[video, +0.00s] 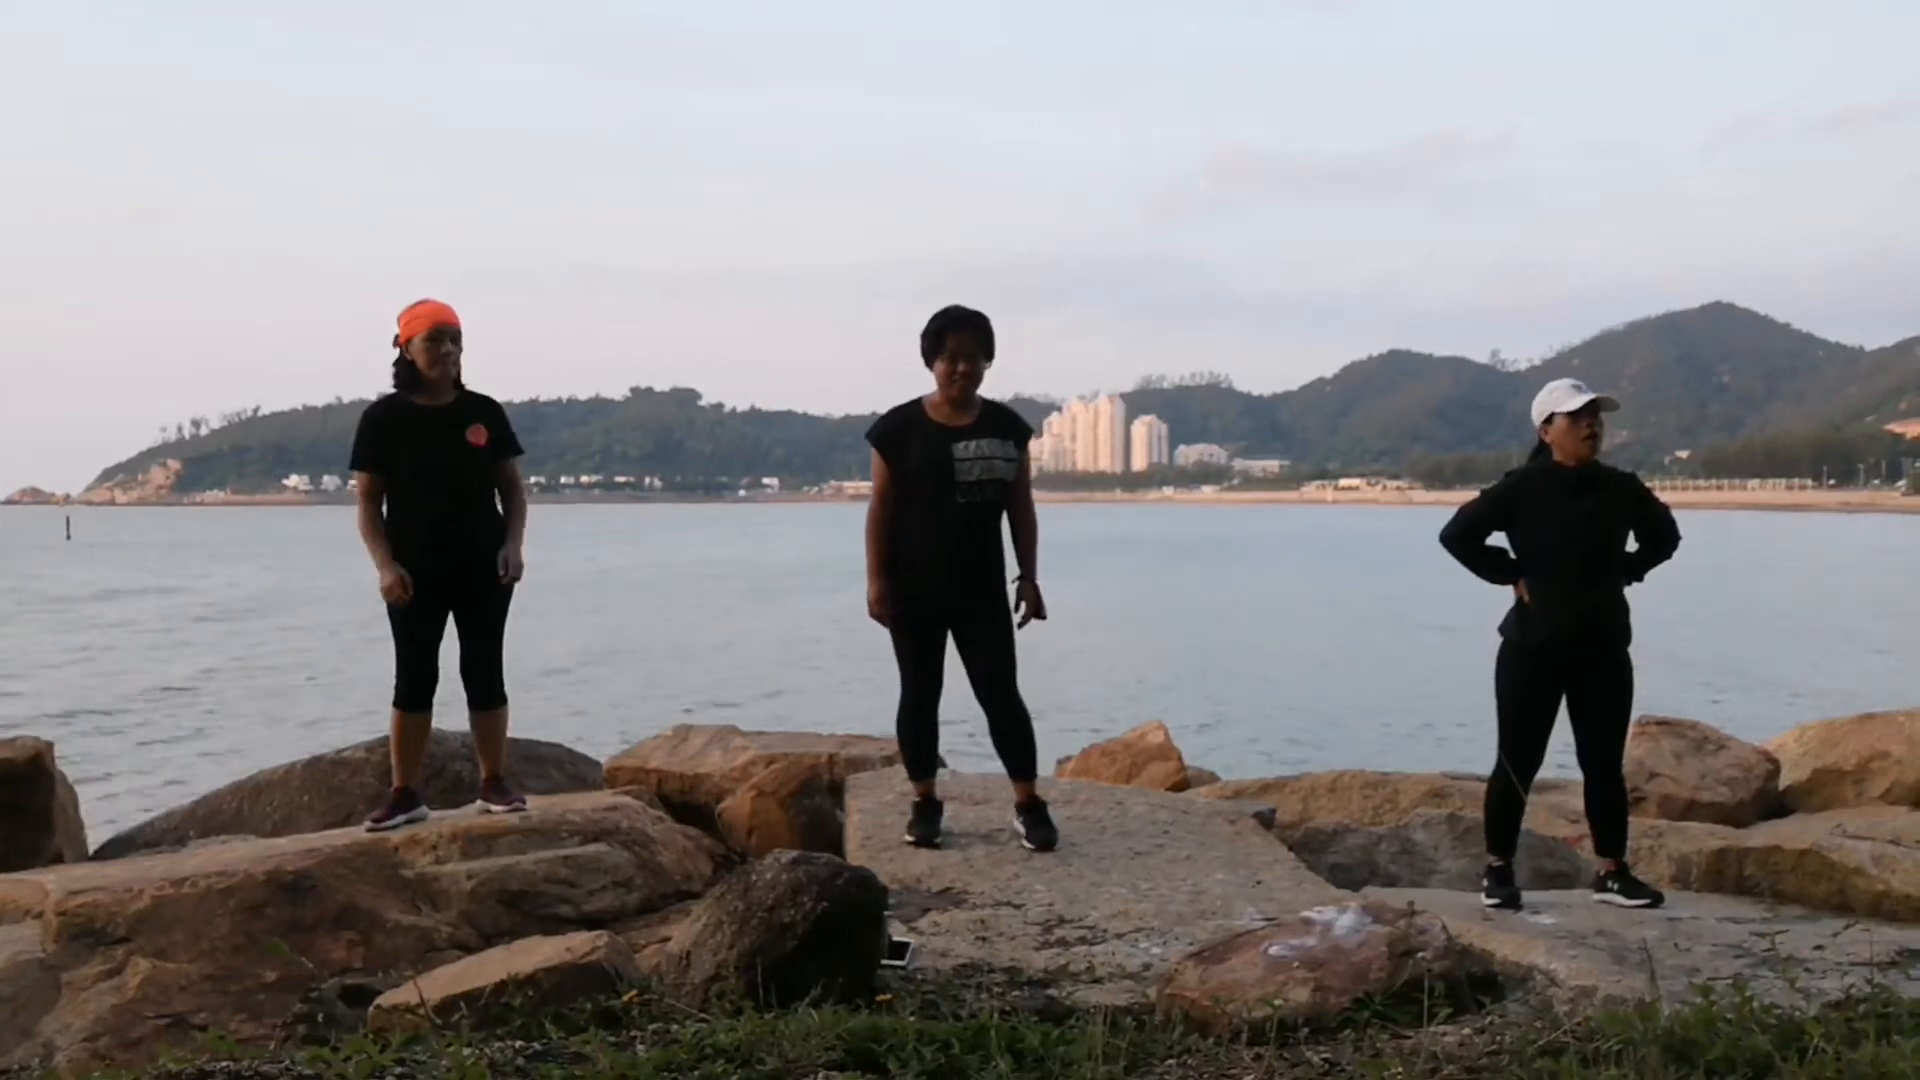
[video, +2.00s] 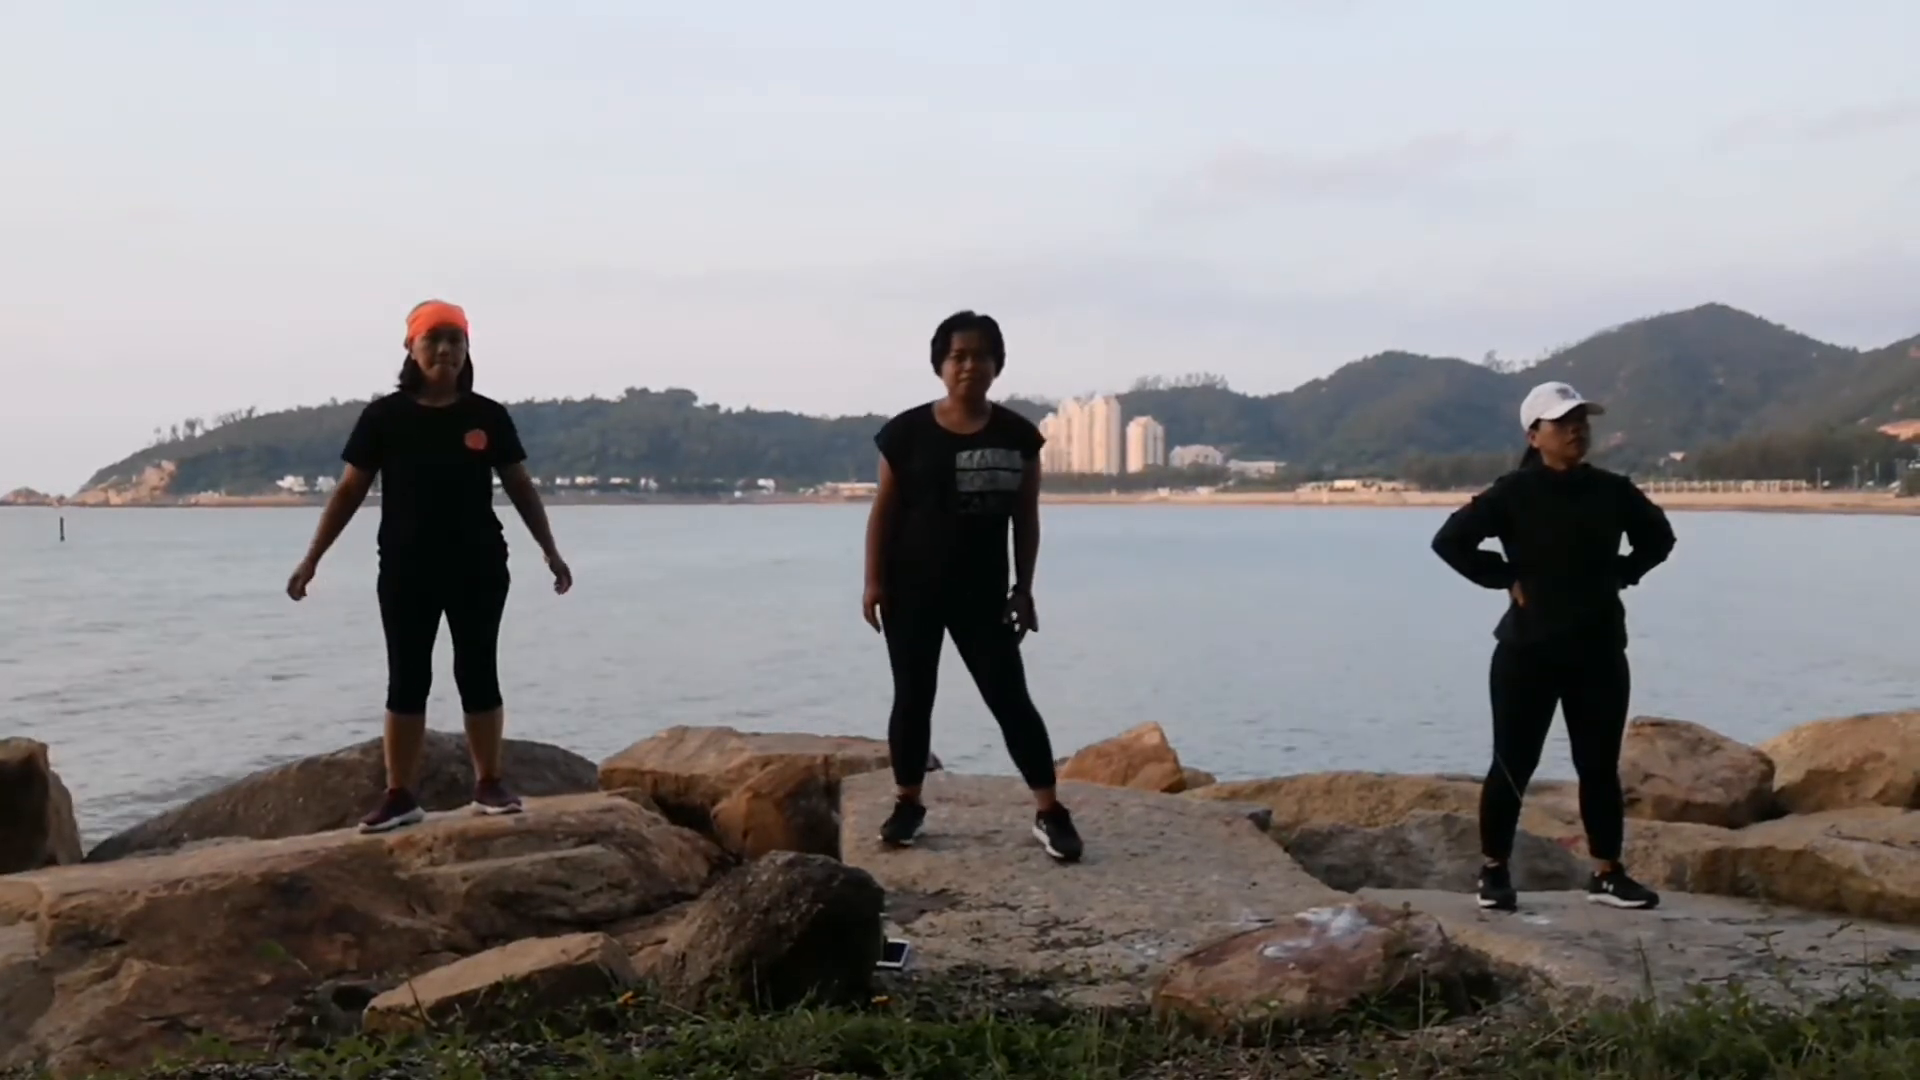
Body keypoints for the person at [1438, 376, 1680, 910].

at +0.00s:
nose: (1594, 427)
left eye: (1595, 418)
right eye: (1581, 419)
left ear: (1596, 423)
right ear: (1548, 431)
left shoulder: (1619, 486)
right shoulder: (1521, 488)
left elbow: (1665, 536)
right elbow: (1456, 536)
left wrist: (1625, 570)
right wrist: (1511, 573)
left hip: (1602, 647)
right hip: (1534, 647)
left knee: (1605, 765)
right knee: (1517, 762)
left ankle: (1612, 871)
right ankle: (1499, 871)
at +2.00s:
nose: (1579, 431)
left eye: (1581, 421)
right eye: (1566, 423)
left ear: (1585, 425)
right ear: (1535, 434)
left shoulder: (1611, 490)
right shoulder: (1512, 493)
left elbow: (1660, 537)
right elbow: (1449, 543)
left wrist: (1621, 572)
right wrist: (1507, 577)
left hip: (1597, 650)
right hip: (1529, 650)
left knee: (1600, 767)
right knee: (1512, 765)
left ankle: (1608, 873)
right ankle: (1494, 872)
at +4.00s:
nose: (1580, 433)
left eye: (1583, 423)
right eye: (1567, 424)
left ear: (1588, 429)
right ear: (1537, 435)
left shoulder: (1610, 492)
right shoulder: (1511, 493)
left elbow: (1657, 542)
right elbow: (1447, 541)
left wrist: (1613, 578)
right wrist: (1502, 578)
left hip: (1593, 651)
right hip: (1524, 650)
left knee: (1595, 769)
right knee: (1507, 766)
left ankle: (1602, 874)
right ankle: (1489, 874)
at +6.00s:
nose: (1541, 439)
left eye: (1551, 429)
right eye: (1530, 429)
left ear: (1567, 436)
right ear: (1513, 438)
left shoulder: (1594, 495)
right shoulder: (1493, 498)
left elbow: (1645, 542)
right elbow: (1431, 547)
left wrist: (1603, 578)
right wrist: (1487, 581)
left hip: (1581, 653)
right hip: (1512, 653)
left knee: (1586, 770)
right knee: (1498, 768)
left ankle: (1594, 875)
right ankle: (1481, 874)